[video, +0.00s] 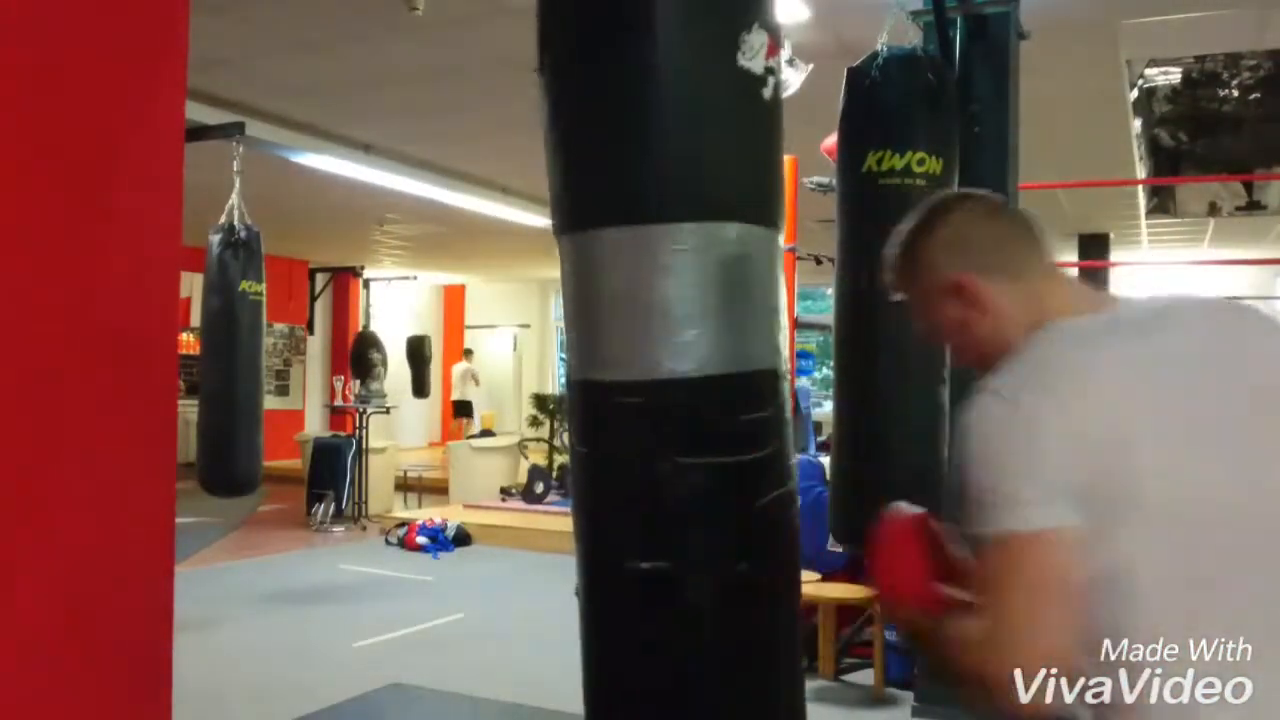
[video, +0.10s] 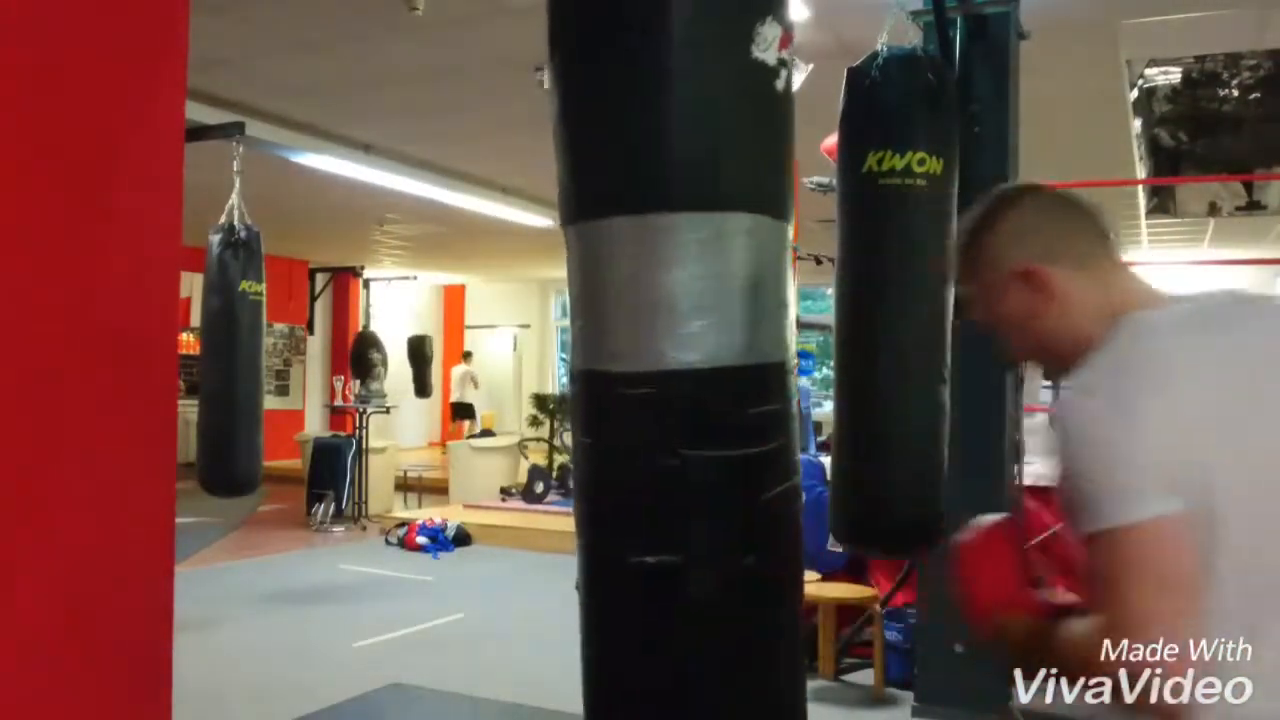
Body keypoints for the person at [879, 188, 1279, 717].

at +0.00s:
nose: (958, 358)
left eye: (945, 334)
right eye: (942, 341)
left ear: (968, 299)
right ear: (1040, 262)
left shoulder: (1023, 403)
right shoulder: (1251, 333)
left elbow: (1032, 675)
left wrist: (929, 613)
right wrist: (993, 582)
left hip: (1146, 706)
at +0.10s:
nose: (1017, 357)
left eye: (1001, 326)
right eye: (998, 333)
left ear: (1036, 286)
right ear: (1107, 257)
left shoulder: (1114, 390)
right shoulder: (1265, 321)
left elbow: (1154, 659)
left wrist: (1023, 627)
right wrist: (1095, 569)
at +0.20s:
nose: (1073, 339)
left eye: (1059, 308)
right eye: (1056, 314)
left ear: (1102, 260)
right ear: (1105, 257)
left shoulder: (1194, 364)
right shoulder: (1259, 312)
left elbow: (1241, 641)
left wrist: (1111, 605)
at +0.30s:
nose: (1093, 315)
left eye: (1081, 283)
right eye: (1075, 290)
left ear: (1133, 233)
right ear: (1133, 232)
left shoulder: (1224, 334)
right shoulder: (1250, 302)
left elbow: (1256, 593)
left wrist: (1112, 536)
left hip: (1260, 699)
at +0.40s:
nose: (1080, 307)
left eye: (1068, 271)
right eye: (1062, 277)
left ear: (1120, 221)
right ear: (1120, 219)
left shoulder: (1208, 299)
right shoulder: (1251, 281)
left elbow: (1235, 556)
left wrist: (1075, 490)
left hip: (1256, 687)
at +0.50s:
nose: (1040, 305)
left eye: (1031, 276)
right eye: (1025, 281)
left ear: (1080, 230)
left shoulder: (1145, 311)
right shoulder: (1263, 285)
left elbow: (1069, 529)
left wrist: (933, 494)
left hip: (1244, 692)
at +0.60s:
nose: (979, 307)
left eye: (976, 277)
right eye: (967, 285)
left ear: (1028, 232)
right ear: (1038, 225)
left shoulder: (1094, 315)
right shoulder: (1237, 288)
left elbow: (969, 530)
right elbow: (985, 494)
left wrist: (834, 490)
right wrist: (858, 488)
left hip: (1241, 692)